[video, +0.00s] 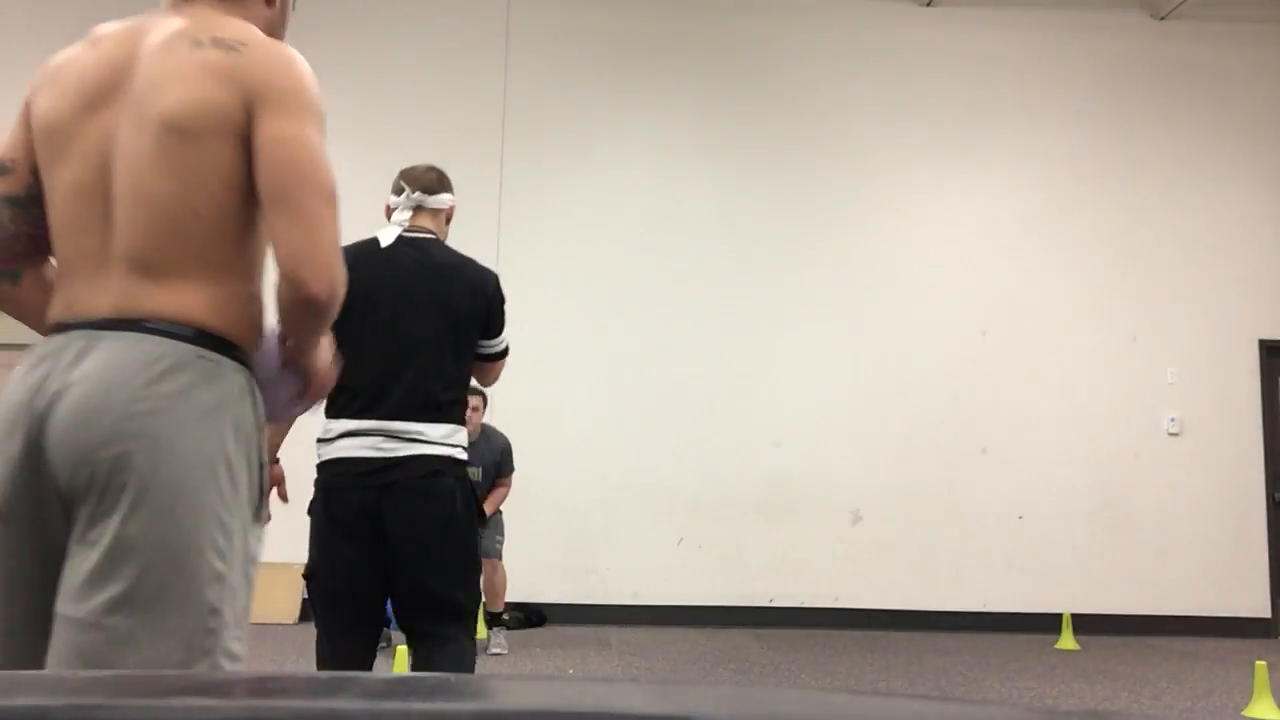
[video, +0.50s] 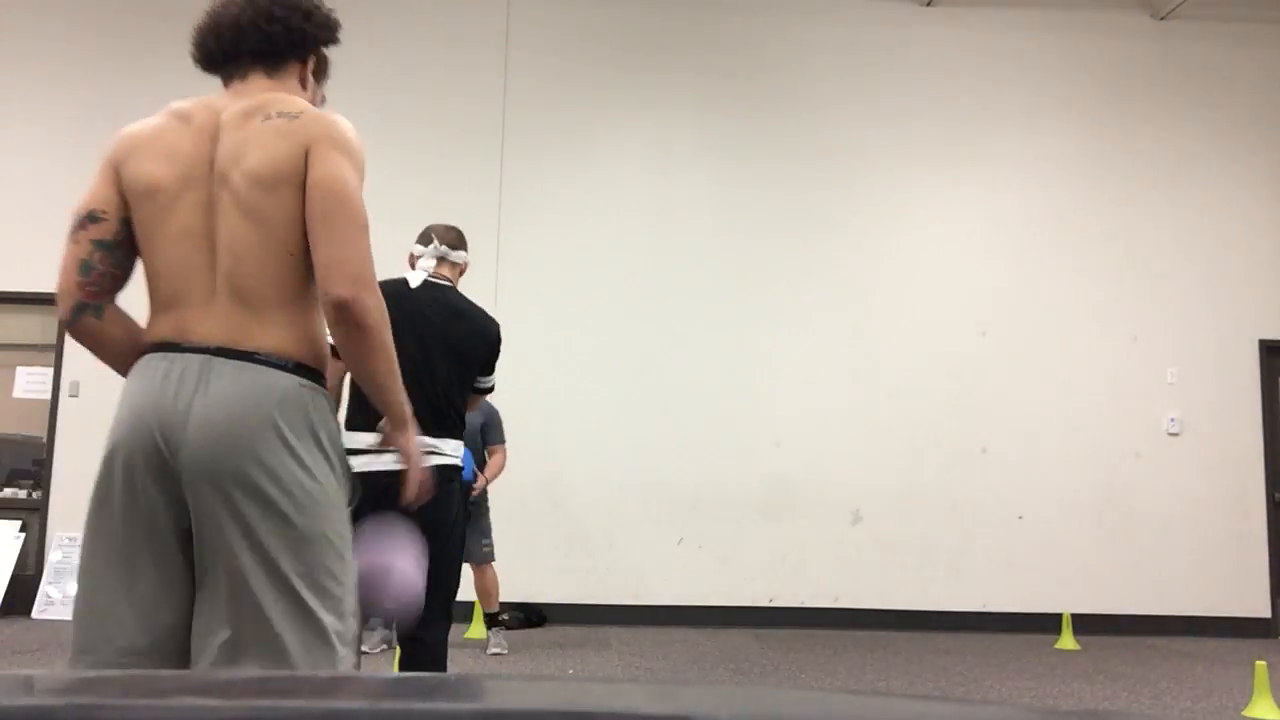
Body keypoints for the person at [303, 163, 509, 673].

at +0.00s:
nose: (443, 220)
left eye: (389, 209)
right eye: (449, 214)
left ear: (387, 210)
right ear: (450, 214)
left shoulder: (341, 266)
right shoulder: (477, 281)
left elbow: (304, 361)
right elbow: (488, 371)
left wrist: (269, 453)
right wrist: (433, 341)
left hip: (344, 485)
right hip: (433, 486)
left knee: (343, 646)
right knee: (443, 641)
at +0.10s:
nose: (443, 226)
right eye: (447, 220)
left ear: (387, 217)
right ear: (447, 220)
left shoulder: (344, 268)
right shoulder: (473, 285)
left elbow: (303, 359)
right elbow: (481, 375)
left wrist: (273, 437)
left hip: (347, 479)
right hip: (433, 482)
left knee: (343, 633)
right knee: (440, 629)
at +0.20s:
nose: (445, 240)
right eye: (448, 233)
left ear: (390, 230)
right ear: (447, 234)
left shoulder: (346, 277)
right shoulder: (471, 297)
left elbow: (304, 369)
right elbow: (476, 394)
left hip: (351, 475)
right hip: (432, 481)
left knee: (344, 636)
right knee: (432, 637)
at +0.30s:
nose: (447, 255)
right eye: (452, 249)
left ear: (397, 244)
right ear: (452, 250)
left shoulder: (352, 289)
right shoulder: (473, 312)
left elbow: (311, 369)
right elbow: (474, 396)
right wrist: (429, 375)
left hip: (354, 484)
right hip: (433, 490)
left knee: (344, 632)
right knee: (427, 636)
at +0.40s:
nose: (454, 268)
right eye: (459, 262)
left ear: (407, 254)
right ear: (459, 261)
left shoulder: (362, 293)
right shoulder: (479, 322)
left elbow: (323, 365)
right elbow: (475, 402)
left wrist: (315, 423)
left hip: (358, 480)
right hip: (434, 489)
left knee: (348, 616)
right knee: (426, 622)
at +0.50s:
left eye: (414, 259)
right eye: (460, 267)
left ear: (411, 260)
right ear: (464, 270)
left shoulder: (370, 298)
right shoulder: (482, 325)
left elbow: (332, 374)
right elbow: (471, 403)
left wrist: (321, 439)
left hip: (365, 469)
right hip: (439, 475)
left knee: (349, 577)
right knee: (434, 599)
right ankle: (421, 705)